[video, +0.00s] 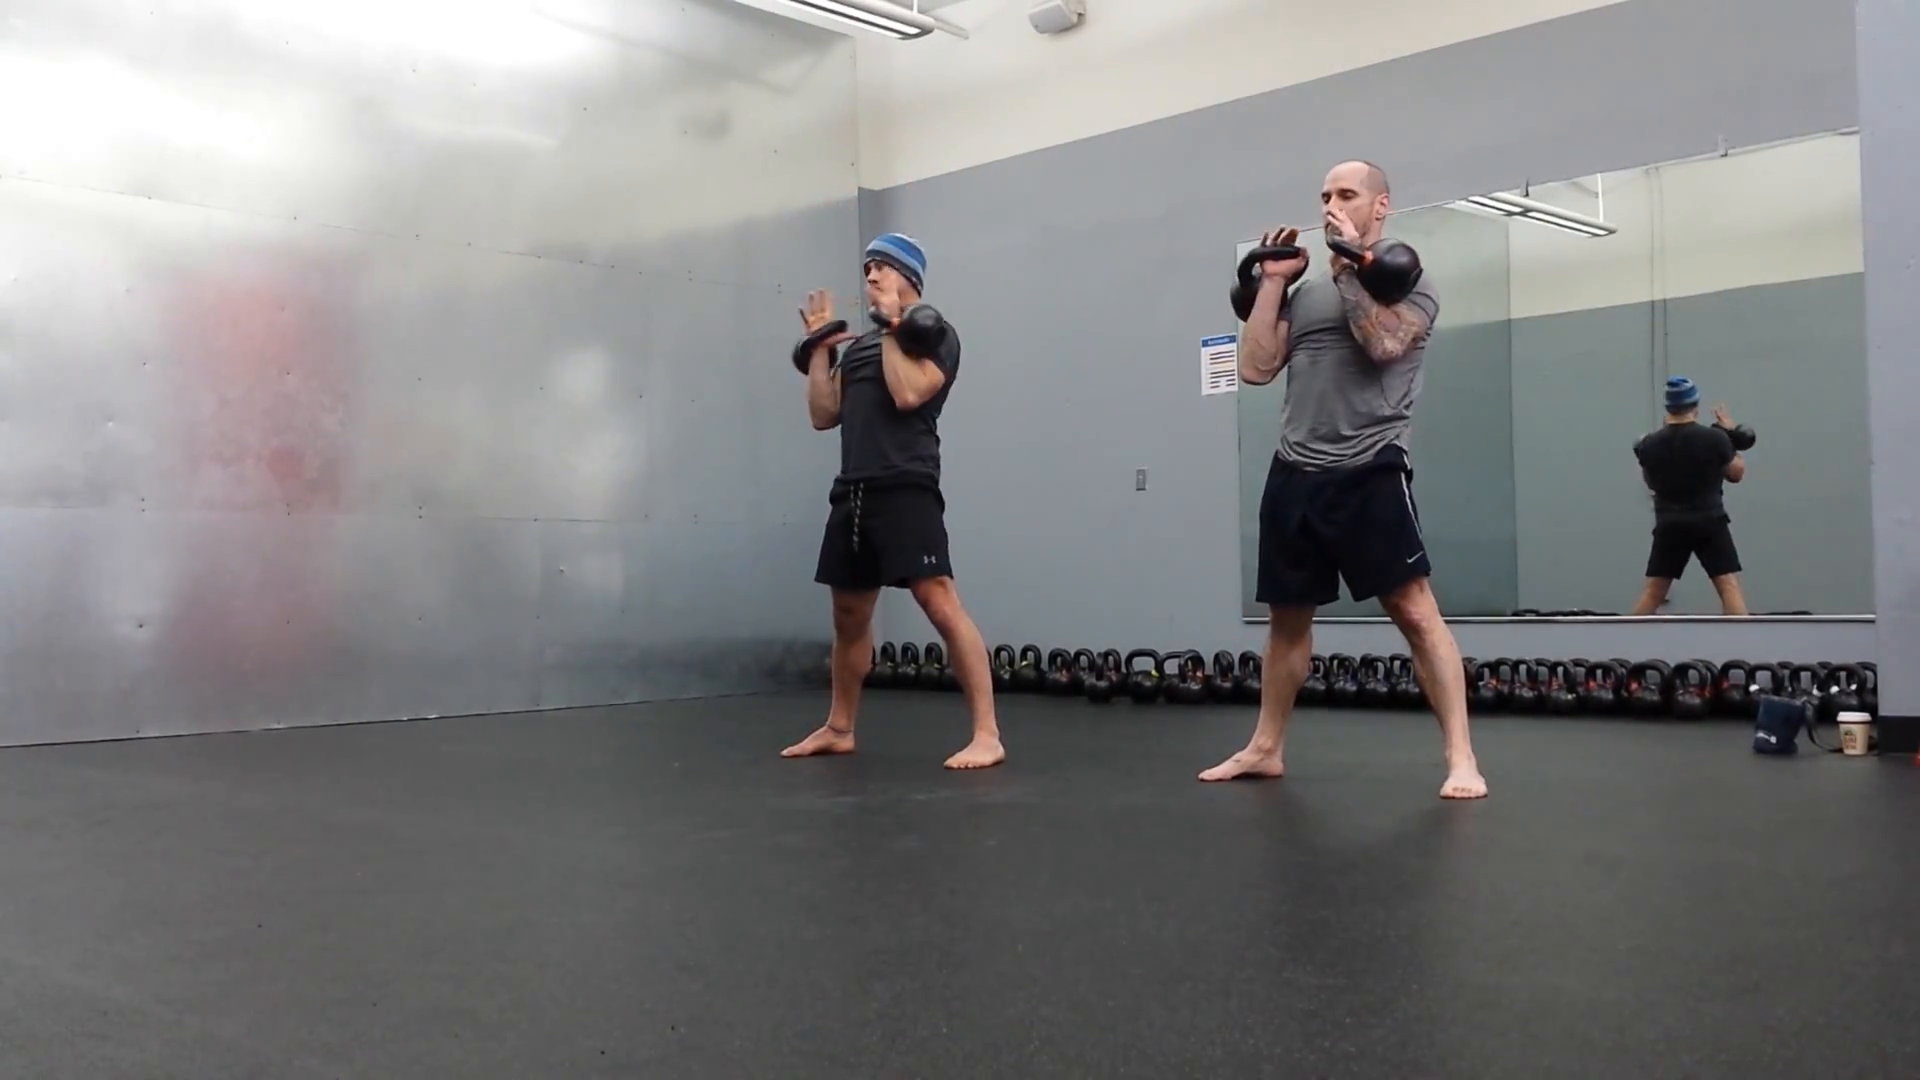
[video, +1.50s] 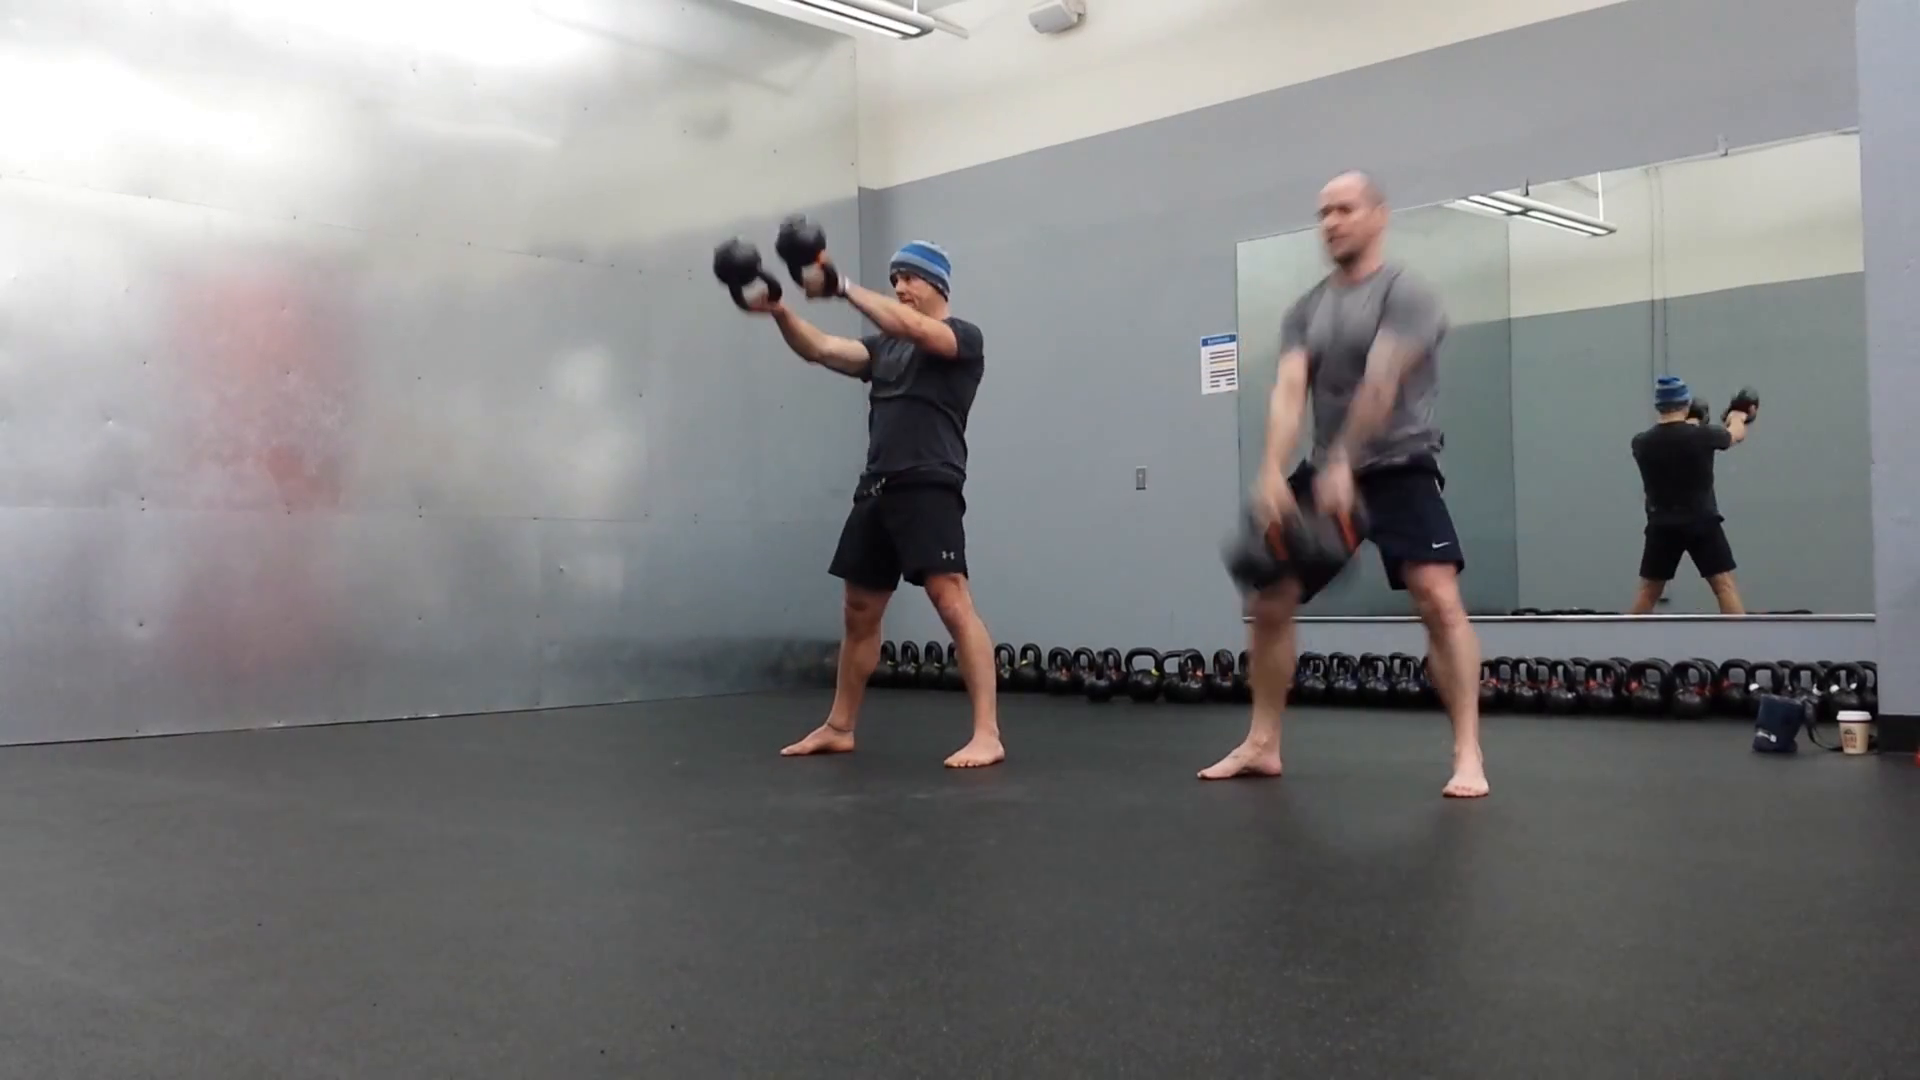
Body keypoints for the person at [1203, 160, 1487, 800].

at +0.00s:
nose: (1332, 208)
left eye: (1346, 196)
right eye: (1326, 198)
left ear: (1383, 207)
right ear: (1320, 211)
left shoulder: (1412, 286)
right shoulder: (1302, 296)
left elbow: (1386, 345)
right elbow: (1256, 367)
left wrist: (1348, 273)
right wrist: (1271, 280)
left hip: (1372, 474)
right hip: (1295, 474)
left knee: (1415, 614)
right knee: (1287, 618)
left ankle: (1461, 758)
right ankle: (1265, 747)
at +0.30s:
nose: (1330, 204)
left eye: (1344, 193)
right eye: (1324, 195)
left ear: (1381, 205)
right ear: (1318, 209)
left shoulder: (1410, 285)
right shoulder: (1295, 288)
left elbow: (1385, 353)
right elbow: (1260, 375)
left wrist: (1346, 273)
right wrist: (1268, 288)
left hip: (1373, 473)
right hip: (1295, 473)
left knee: (1415, 612)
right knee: (1286, 617)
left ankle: (1462, 758)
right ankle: (1265, 746)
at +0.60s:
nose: (1342, 214)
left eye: (1356, 202)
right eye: (1336, 204)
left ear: (1390, 207)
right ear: (1330, 215)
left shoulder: (1420, 280)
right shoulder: (1316, 294)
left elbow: (1400, 354)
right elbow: (1280, 378)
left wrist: (1343, 327)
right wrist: (1259, 341)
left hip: (1399, 470)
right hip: (1323, 473)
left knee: (1429, 605)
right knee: (1284, 610)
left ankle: (1465, 757)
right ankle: (1264, 746)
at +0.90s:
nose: (1319, 286)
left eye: (1331, 273)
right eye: (1313, 275)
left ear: (1366, 274)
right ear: (1310, 280)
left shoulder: (1411, 346)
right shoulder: (1305, 356)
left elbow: (1399, 455)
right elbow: (1291, 447)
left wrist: (1368, 535)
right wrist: (1282, 529)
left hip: (1425, 504)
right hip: (1348, 509)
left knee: (1461, 601)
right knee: (1252, 602)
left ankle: (1471, 755)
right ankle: (1260, 745)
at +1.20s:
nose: (1240, 416)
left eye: (1253, 400)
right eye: (1233, 403)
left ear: (1290, 397)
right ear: (1230, 406)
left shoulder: (1362, 456)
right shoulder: (1247, 477)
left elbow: (1388, 557)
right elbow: (1295, 558)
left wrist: (1396, 626)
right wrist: (1339, 626)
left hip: (1413, 540)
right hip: (1332, 554)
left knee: (1439, 615)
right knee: (1226, 615)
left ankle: (1467, 757)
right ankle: (1259, 748)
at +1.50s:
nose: (1331, 222)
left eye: (1344, 210)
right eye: (1324, 214)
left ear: (1379, 217)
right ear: (1318, 226)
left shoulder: (1411, 296)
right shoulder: (1308, 308)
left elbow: (1380, 383)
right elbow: (1288, 391)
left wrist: (1340, 460)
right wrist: (1271, 470)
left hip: (1401, 471)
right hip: (1327, 471)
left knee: (1437, 596)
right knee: (1270, 598)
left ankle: (1468, 755)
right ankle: (1262, 742)